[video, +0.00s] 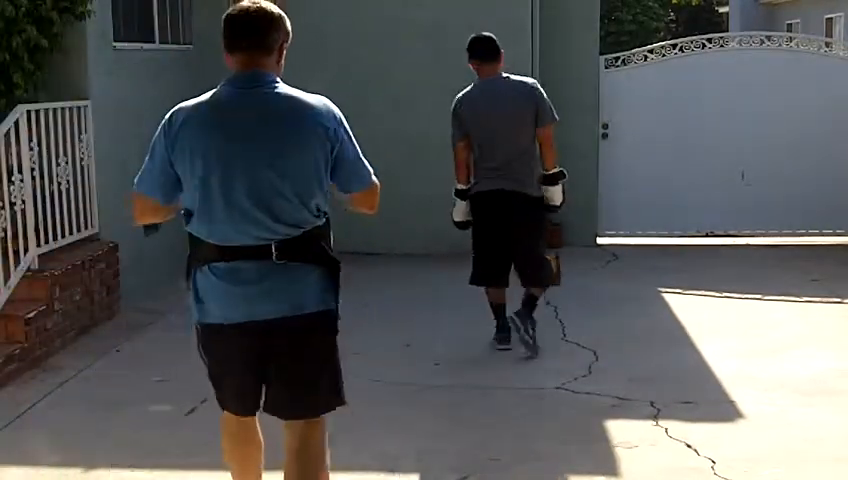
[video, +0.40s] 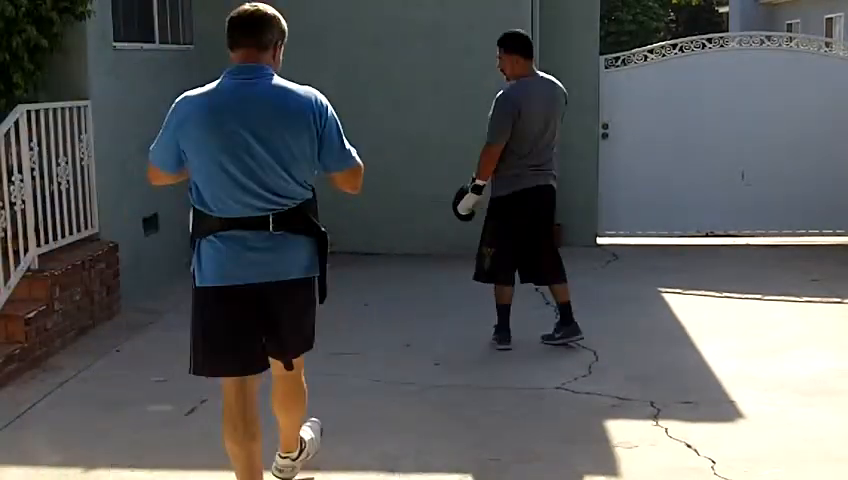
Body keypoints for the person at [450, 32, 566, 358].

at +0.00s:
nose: (477, 69)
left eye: (473, 64)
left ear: (471, 65)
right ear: (502, 58)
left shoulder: (464, 101)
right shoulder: (530, 89)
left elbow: (462, 153)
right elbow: (546, 139)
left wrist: (462, 197)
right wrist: (553, 183)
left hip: (486, 198)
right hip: (525, 196)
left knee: (493, 265)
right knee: (535, 262)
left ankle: (501, 330)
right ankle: (526, 313)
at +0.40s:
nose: (499, 65)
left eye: (500, 59)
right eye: (499, 59)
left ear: (512, 57)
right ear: (529, 57)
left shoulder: (508, 97)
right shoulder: (557, 89)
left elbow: (493, 149)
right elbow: (547, 137)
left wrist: (477, 188)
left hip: (510, 194)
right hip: (544, 191)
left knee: (501, 260)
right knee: (546, 254)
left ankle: (502, 329)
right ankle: (567, 322)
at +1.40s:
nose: (546, 55)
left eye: (552, 49)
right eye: (546, 50)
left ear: (571, 53)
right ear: (562, 55)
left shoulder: (573, 89)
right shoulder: (568, 86)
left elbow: (572, 140)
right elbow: (567, 139)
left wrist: (552, 182)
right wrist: (551, 180)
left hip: (573, 191)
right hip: (566, 190)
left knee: (571, 262)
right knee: (567, 260)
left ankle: (597, 325)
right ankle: (573, 326)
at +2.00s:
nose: (549, 56)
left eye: (555, 50)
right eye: (550, 50)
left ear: (575, 55)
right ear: (569, 56)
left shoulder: (576, 92)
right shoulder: (577, 87)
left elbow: (571, 148)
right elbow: (572, 145)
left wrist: (560, 196)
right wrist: (558, 186)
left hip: (582, 193)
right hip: (573, 191)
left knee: (589, 261)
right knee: (568, 256)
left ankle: (605, 334)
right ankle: (571, 320)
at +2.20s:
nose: (546, 54)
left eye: (552, 49)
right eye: (546, 48)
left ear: (571, 54)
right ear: (563, 54)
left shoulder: (574, 90)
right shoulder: (569, 87)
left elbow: (571, 143)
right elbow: (567, 141)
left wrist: (561, 190)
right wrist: (553, 185)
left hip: (577, 191)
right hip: (566, 188)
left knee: (583, 260)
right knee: (566, 256)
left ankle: (603, 332)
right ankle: (571, 320)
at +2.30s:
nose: (544, 55)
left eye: (550, 49)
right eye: (544, 49)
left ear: (568, 54)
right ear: (560, 55)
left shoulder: (572, 89)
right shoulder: (563, 87)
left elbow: (569, 142)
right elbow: (562, 142)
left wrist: (557, 186)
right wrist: (549, 184)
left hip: (574, 190)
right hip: (562, 189)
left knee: (581, 260)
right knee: (565, 256)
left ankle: (601, 331)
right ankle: (570, 320)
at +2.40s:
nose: (543, 56)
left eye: (548, 50)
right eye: (543, 50)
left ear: (566, 54)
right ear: (559, 55)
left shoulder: (570, 90)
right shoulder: (561, 87)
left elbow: (568, 141)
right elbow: (558, 140)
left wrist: (554, 184)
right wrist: (542, 183)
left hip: (569, 190)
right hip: (557, 189)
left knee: (574, 258)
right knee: (563, 255)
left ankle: (597, 326)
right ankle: (570, 319)